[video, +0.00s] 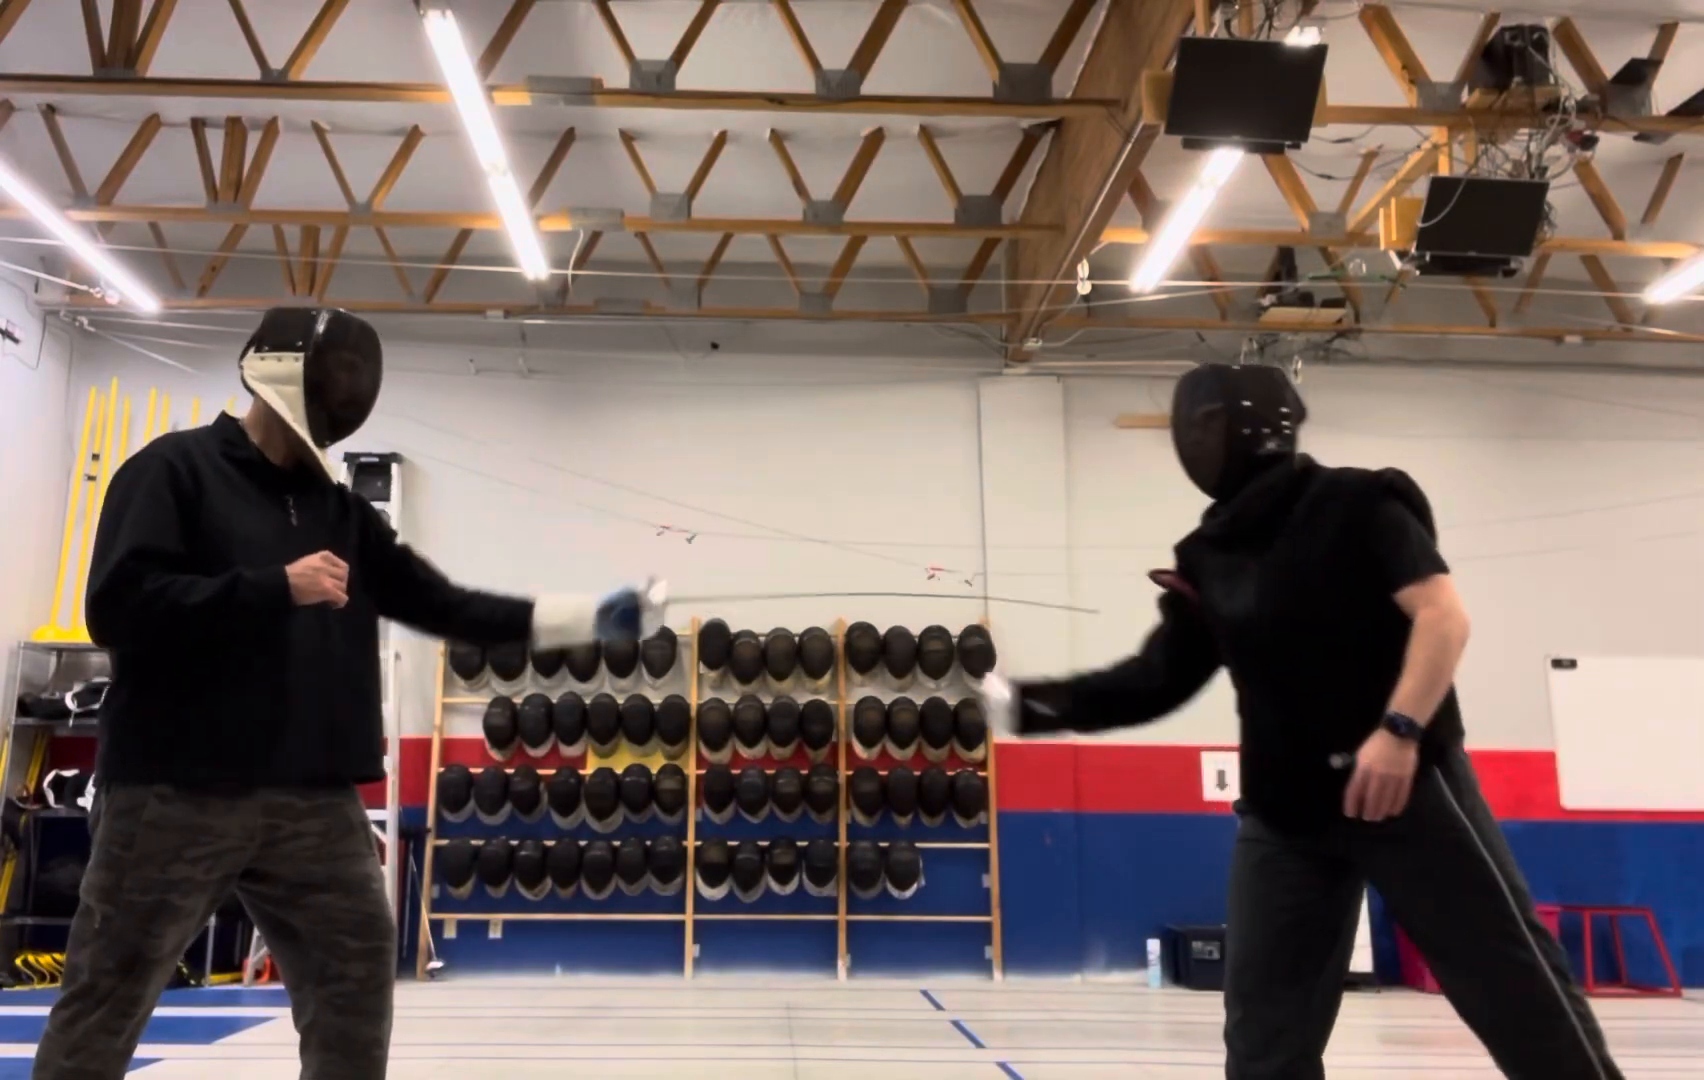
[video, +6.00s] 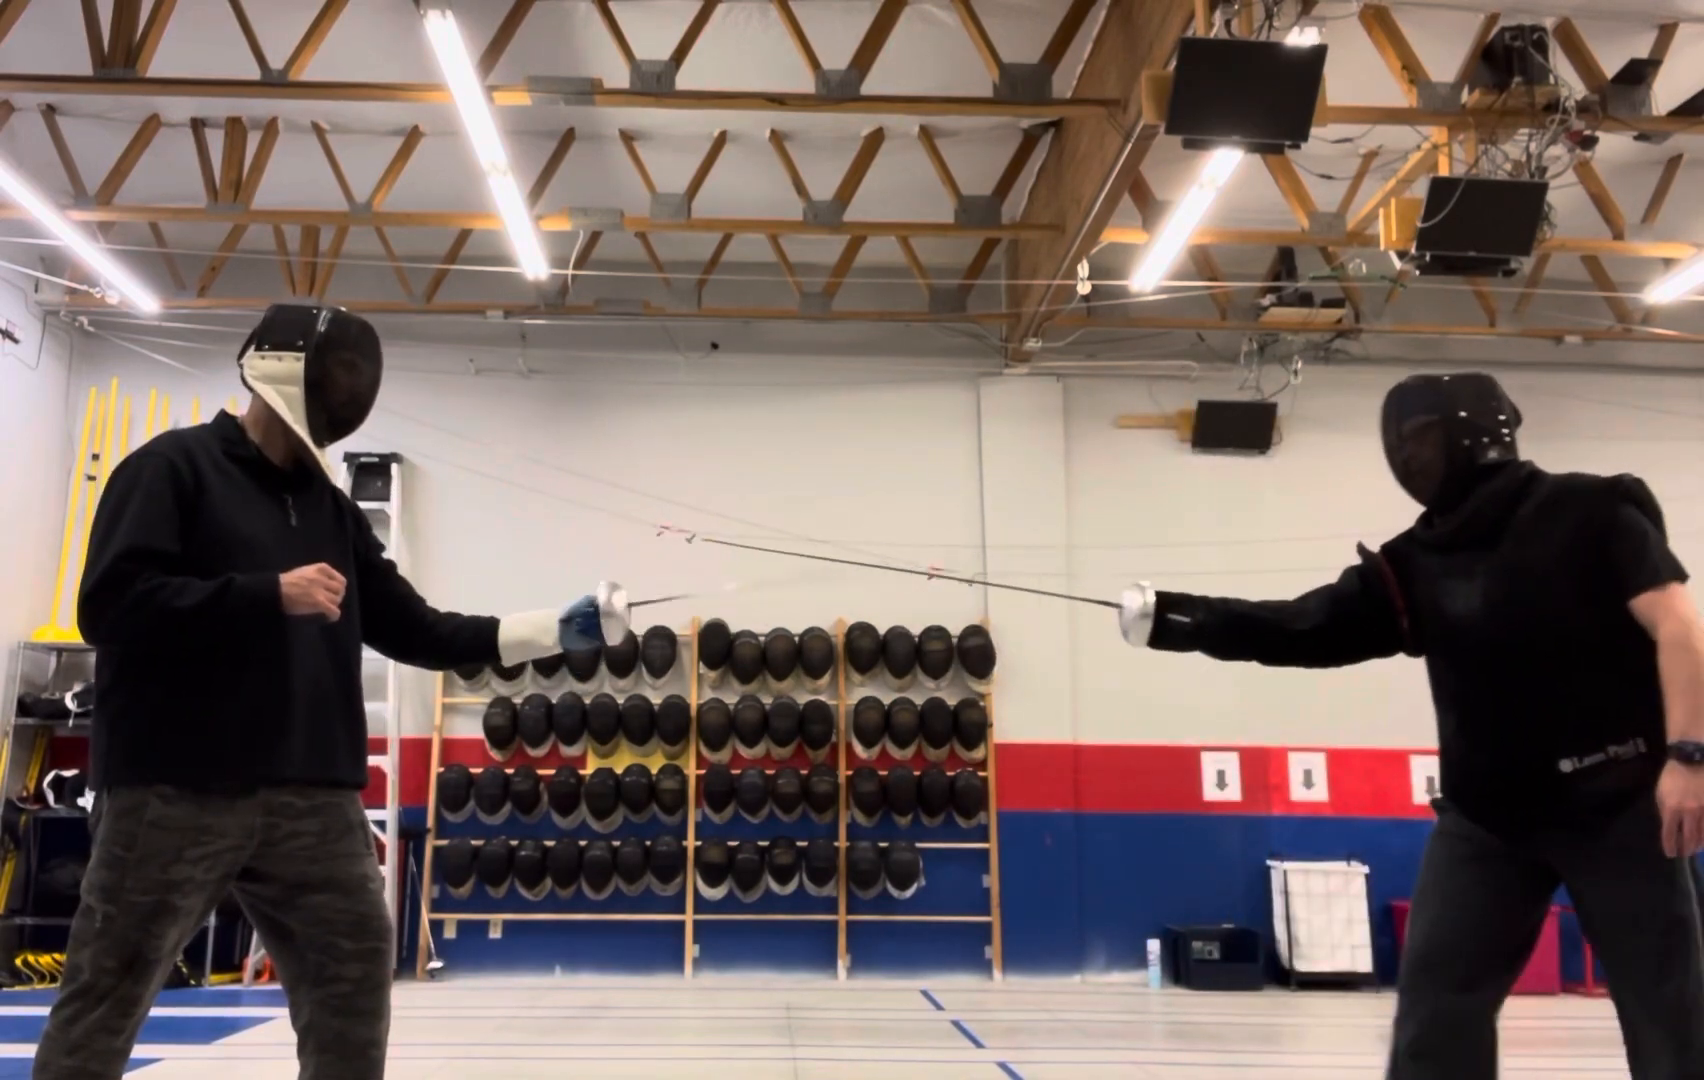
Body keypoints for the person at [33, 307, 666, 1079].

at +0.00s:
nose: (327, 435)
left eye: (338, 418)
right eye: (317, 413)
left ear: (342, 407)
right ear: (273, 387)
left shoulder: (337, 511)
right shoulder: (165, 474)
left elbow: (441, 606)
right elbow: (117, 604)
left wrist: (585, 623)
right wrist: (273, 586)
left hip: (310, 803)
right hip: (172, 796)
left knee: (353, 996)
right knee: (102, 1008)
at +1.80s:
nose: (351, 428)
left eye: (363, 412)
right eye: (340, 402)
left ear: (364, 412)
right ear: (289, 380)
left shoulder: (358, 516)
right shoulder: (180, 465)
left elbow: (486, 558)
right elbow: (110, 592)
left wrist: (634, 542)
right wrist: (270, 590)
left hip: (306, 796)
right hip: (164, 791)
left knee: (349, 987)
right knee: (97, 1001)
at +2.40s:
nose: (326, 438)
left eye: (337, 421)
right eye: (315, 416)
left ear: (343, 407)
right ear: (273, 386)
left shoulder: (338, 508)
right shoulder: (162, 473)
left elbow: (445, 607)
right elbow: (109, 605)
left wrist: (589, 619)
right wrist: (265, 589)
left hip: (306, 798)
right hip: (167, 793)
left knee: (350, 988)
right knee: (99, 1005)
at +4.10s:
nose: (349, 420)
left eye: (360, 404)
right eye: (337, 396)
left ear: (360, 404)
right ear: (281, 376)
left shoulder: (350, 513)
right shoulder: (172, 467)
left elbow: (478, 558)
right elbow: (104, 593)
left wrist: (627, 552)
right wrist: (264, 590)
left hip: (305, 797)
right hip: (164, 792)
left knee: (348, 990)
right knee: (98, 1003)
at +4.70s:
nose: (322, 435)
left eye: (338, 418)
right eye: (313, 411)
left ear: (346, 407)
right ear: (262, 381)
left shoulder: (337, 506)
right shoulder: (157, 476)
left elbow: (442, 580)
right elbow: (100, 609)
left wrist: (582, 600)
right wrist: (257, 592)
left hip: (305, 797)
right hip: (167, 795)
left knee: (351, 991)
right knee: (98, 1007)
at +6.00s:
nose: (319, 436)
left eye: (331, 421)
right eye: (309, 410)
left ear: (344, 410)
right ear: (266, 379)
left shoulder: (328, 508)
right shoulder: (165, 470)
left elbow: (408, 627)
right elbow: (108, 604)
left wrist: (550, 634)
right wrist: (267, 593)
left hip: (308, 798)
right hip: (170, 793)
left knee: (351, 980)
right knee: (104, 1000)